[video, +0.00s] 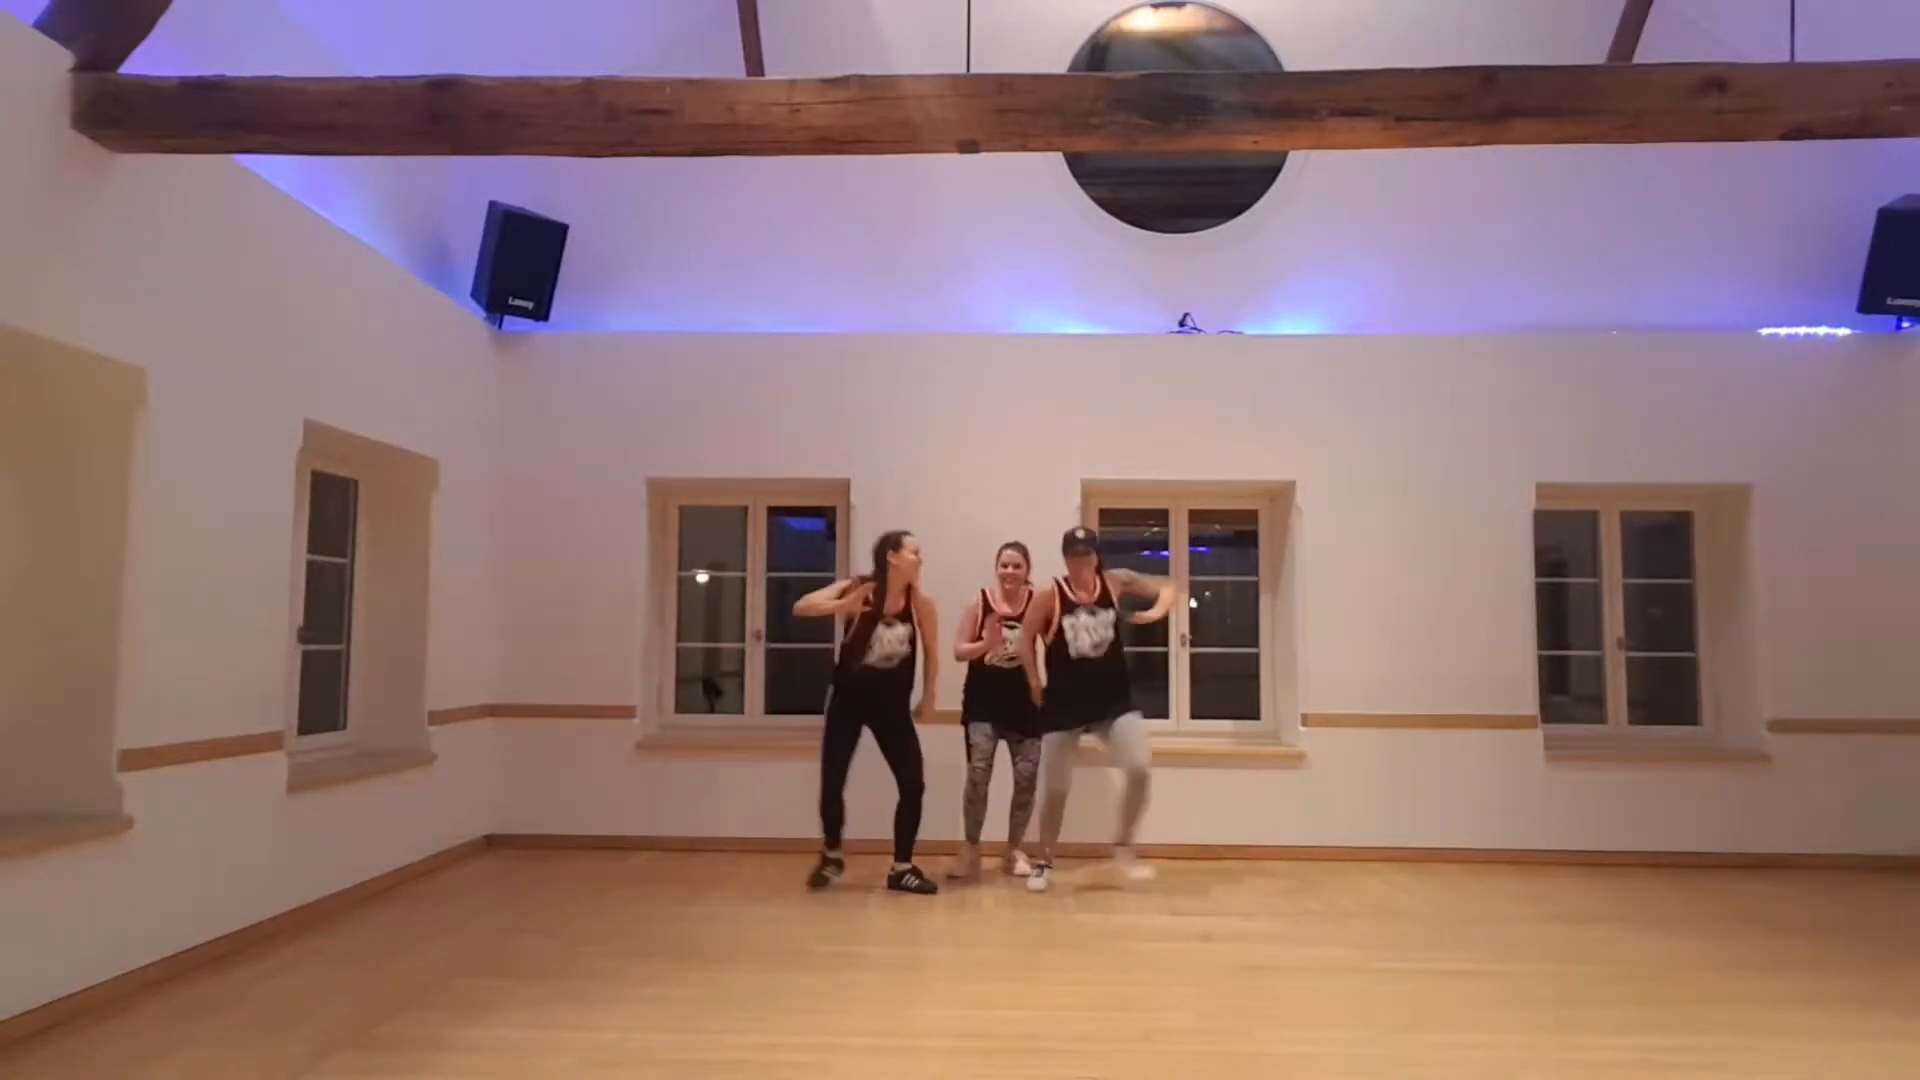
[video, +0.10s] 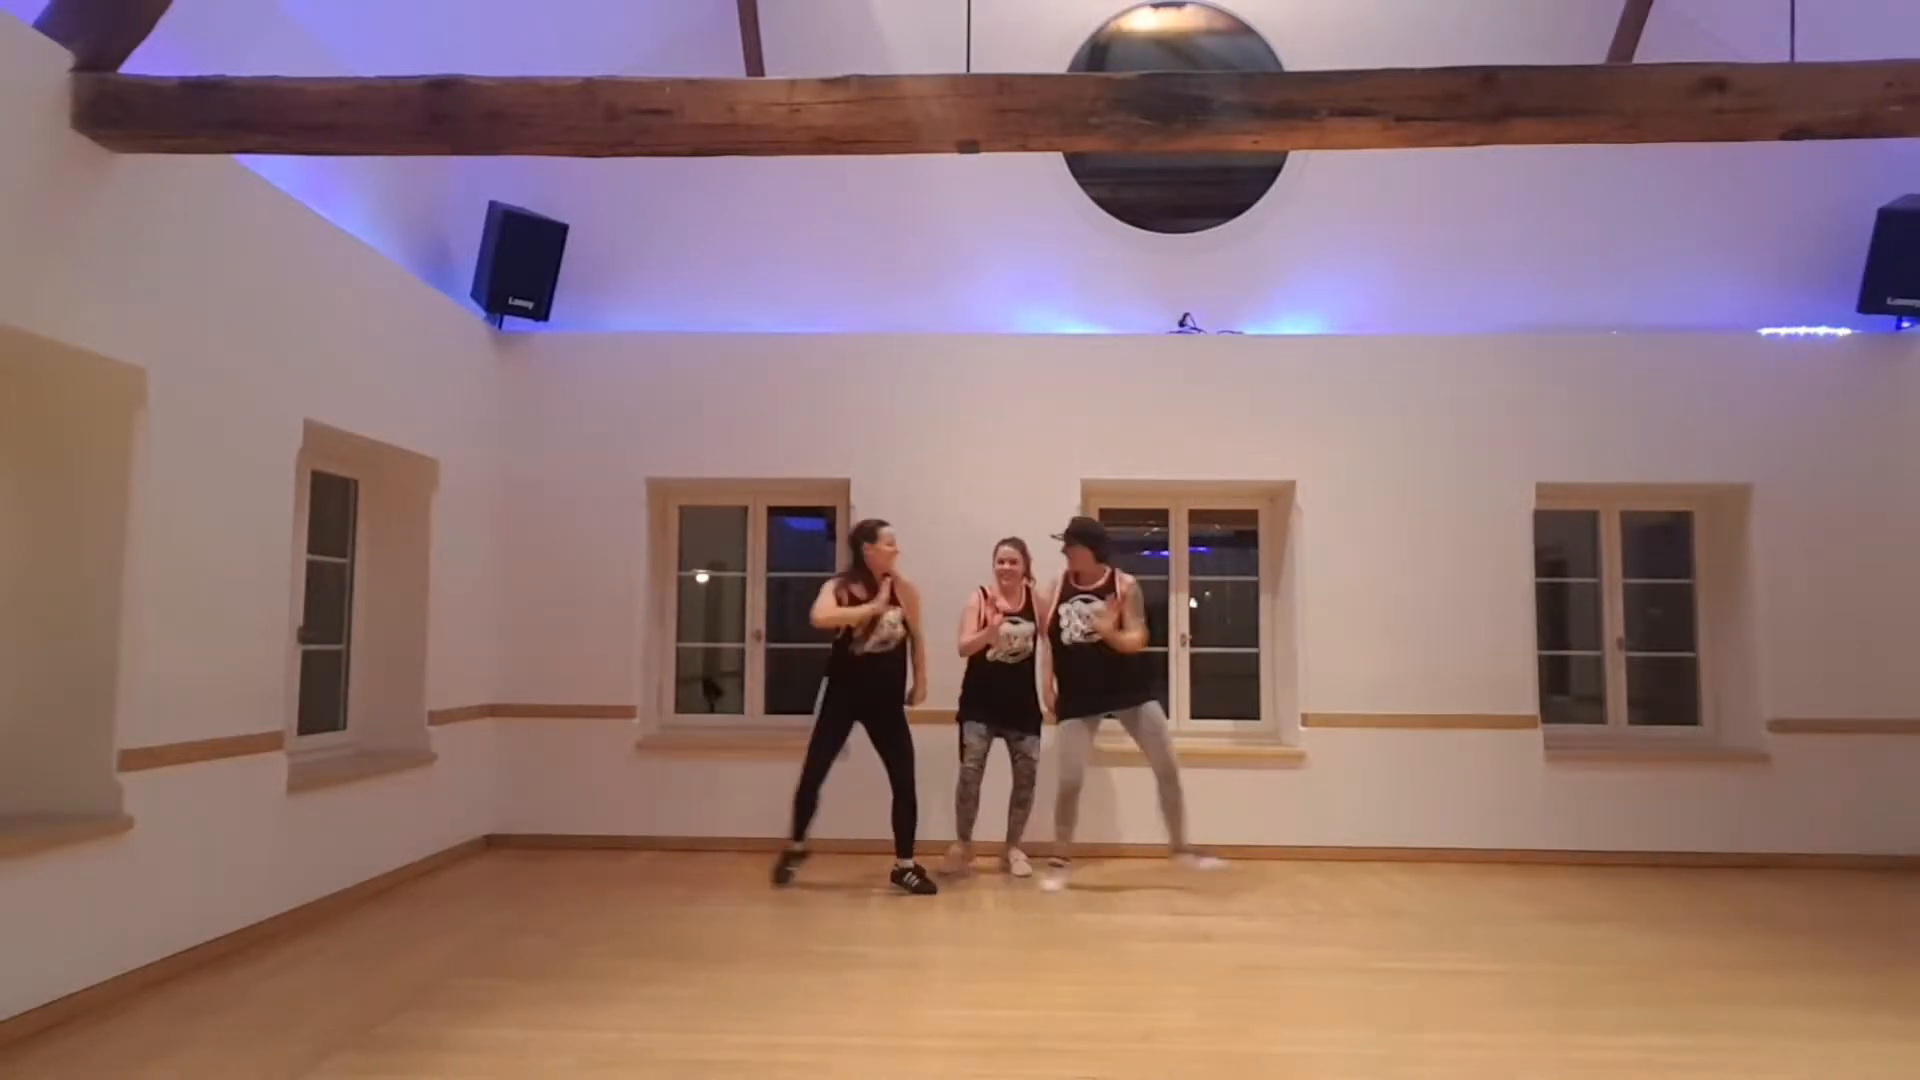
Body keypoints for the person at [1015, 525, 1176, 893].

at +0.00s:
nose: (1080, 563)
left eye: (1086, 556)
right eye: (1074, 556)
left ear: (1096, 556)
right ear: (1064, 558)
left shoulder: (1117, 582)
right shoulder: (1049, 595)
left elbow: (1169, 588)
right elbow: (1025, 640)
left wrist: (1155, 612)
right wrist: (1035, 686)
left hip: (1112, 700)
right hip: (1064, 703)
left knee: (1139, 769)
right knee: (1055, 788)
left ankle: (1124, 848)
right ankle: (1044, 862)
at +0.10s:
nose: (1068, 556)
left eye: (1074, 549)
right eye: (1066, 549)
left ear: (1095, 550)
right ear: (1068, 552)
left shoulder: (1125, 586)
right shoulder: (1060, 587)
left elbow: (1137, 639)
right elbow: (1047, 640)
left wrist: (1111, 634)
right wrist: (1048, 688)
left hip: (1128, 692)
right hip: (1076, 696)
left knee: (1166, 766)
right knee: (1069, 779)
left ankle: (1180, 851)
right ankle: (1059, 861)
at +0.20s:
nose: (1081, 567)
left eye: (1086, 561)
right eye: (1081, 561)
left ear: (1105, 563)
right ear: (1089, 565)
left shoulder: (1130, 594)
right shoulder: (1087, 599)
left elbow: (1104, 645)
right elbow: (1072, 645)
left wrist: (1063, 634)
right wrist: (1056, 689)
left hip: (1141, 704)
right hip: (1095, 707)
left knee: (1182, 780)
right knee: (1078, 787)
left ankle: (1224, 857)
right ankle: (1074, 867)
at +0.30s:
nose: (1105, 591)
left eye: (1111, 584)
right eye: (1103, 584)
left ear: (1128, 585)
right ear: (1105, 586)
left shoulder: (1153, 610)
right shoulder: (1105, 620)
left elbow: (1102, 619)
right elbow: (1095, 665)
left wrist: (1042, 624)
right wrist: (1068, 696)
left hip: (1154, 723)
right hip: (1107, 722)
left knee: (1199, 795)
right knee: (1073, 788)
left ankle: (1243, 870)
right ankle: (1074, 867)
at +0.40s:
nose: (1136, 602)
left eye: (1140, 596)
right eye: (1135, 596)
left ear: (1155, 598)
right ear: (1142, 600)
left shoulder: (1185, 621)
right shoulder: (1132, 633)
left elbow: (1140, 627)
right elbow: (1106, 670)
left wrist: (1080, 629)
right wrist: (1084, 713)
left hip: (1175, 740)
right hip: (1118, 738)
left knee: (1221, 807)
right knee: (1080, 792)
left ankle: (1245, 876)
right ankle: (1075, 869)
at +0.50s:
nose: (1167, 602)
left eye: (1174, 594)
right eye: (1164, 595)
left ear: (1193, 592)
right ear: (1160, 595)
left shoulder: (1217, 614)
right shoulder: (1154, 622)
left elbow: (1186, 638)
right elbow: (1129, 669)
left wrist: (1123, 637)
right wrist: (1107, 718)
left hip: (1197, 732)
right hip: (1141, 729)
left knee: (1237, 801)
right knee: (1106, 793)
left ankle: (1247, 875)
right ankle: (1076, 868)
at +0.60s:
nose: (1192, 578)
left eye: (1199, 571)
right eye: (1189, 571)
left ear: (1219, 573)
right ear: (1185, 574)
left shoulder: (1240, 598)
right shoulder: (1172, 607)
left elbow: (1255, 644)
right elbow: (1150, 656)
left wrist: (1218, 647)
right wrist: (1133, 706)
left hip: (1215, 708)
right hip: (1164, 707)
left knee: (1241, 788)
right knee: (1135, 779)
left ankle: (1249, 870)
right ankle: (1109, 859)